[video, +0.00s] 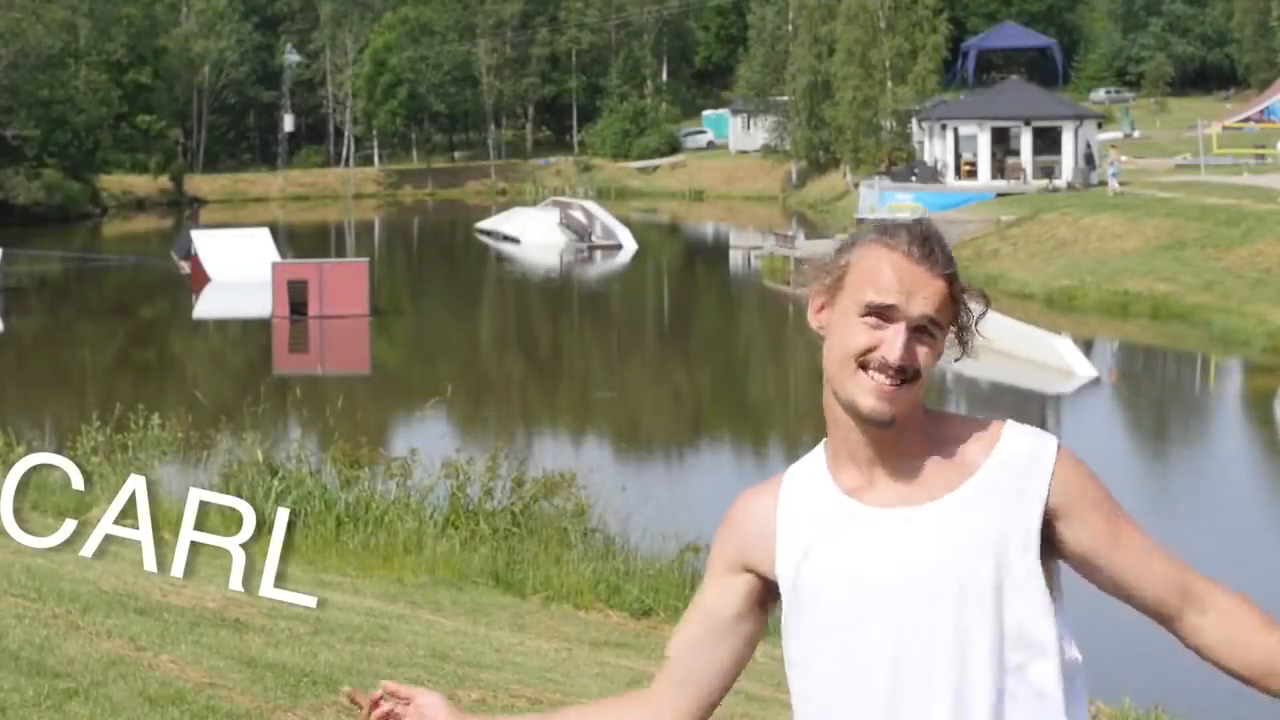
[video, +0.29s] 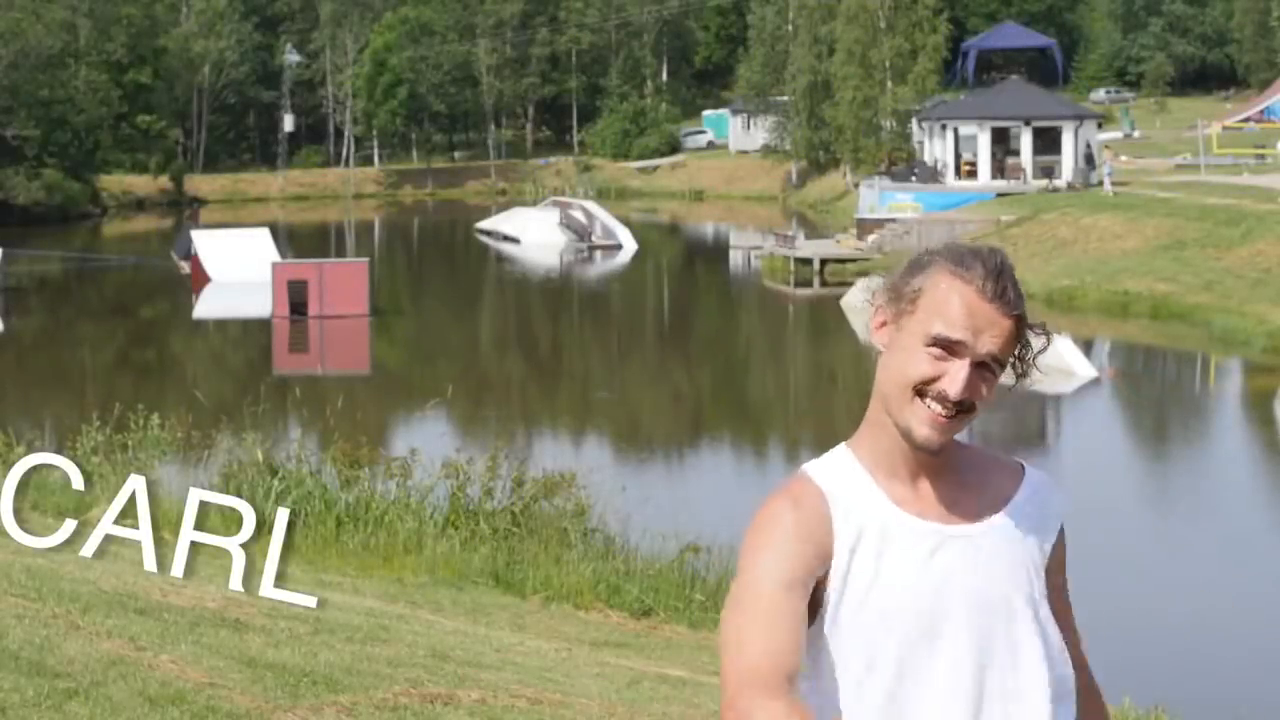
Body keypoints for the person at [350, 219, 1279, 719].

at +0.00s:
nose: (899, 346)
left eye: (925, 328)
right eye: (876, 316)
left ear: (948, 344)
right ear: (818, 318)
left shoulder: (1028, 468)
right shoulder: (764, 520)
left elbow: (1196, 609)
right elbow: (662, 707)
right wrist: (464, 719)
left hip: (1021, 715)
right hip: (853, 718)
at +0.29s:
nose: (959, 387)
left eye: (986, 367)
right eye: (943, 349)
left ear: (1001, 376)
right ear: (883, 326)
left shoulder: (1033, 503)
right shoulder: (803, 518)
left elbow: (1073, 677)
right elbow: (755, 703)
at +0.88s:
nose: (1011, 343)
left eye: (1015, 316)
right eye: (978, 318)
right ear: (892, 331)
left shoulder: (1050, 481)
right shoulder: (817, 487)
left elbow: (1106, 643)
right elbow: (779, 703)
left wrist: (1191, 712)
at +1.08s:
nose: (979, 332)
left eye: (981, 309)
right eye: (955, 307)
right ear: (862, 314)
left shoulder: (1024, 459)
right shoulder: (750, 483)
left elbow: (1194, 528)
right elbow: (644, 658)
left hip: (994, 711)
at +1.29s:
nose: (857, 319)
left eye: (865, 293)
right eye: (828, 295)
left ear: (873, 299)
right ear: (737, 302)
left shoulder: (939, 434)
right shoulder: (676, 472)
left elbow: (1131, 498)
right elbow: (571, 615)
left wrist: (1278, 519)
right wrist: (408, 641)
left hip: (917, 713)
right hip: (745, 715)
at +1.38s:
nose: (798, 316)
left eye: (813, 292)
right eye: (765, 294)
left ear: (832, 302)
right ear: (694, 307)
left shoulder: (905, 437)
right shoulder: (652, 471)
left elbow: (1101, 535)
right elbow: (563, 626)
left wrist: (1266, 598)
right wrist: (406, 676)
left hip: (890, 711)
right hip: (725, 714)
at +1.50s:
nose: (737, 321)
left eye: (760, 295)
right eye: (709, 295)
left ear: (788, 303)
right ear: (662, 305)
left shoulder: (874, 443)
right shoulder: (627, 470)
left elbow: (1026, 592)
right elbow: (532, 645)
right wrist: (445, 719)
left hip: (859, 715)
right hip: (697, 715)